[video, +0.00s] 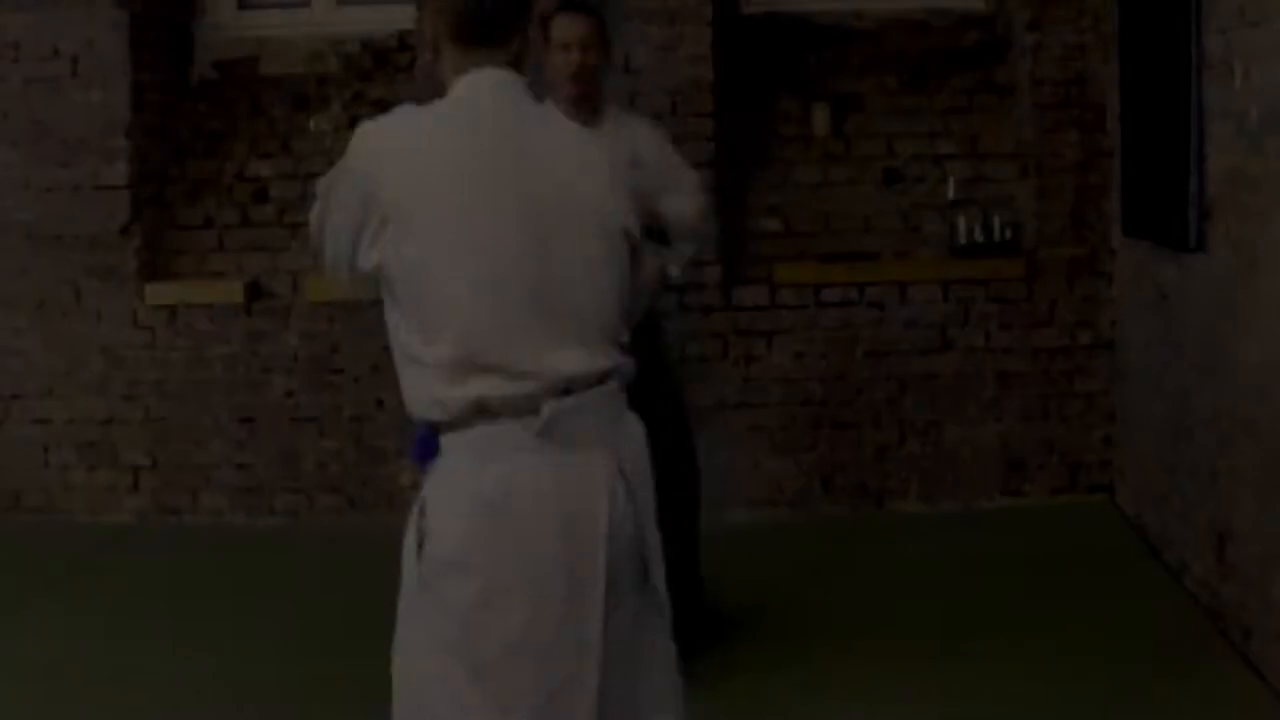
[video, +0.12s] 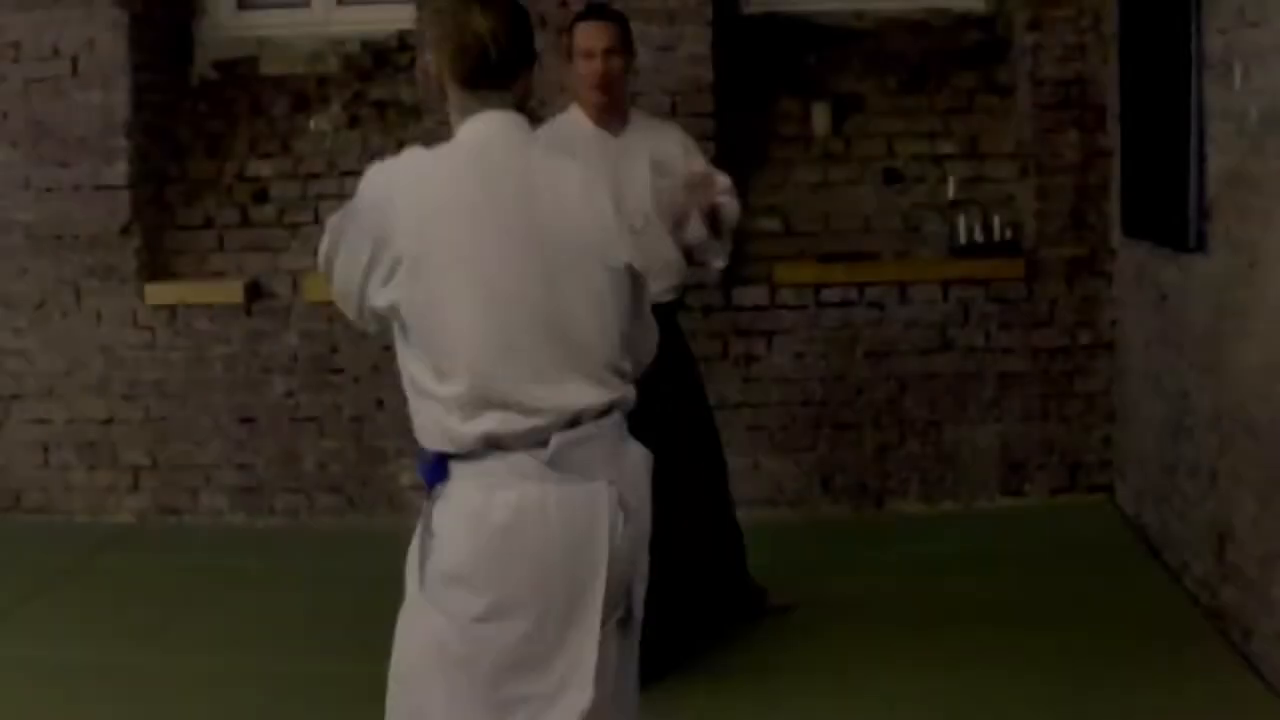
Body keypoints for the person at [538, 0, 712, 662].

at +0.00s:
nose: (575, 61)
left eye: (586, 47)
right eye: (562, 48)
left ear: (605, 55)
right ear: (542, 55)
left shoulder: (634, 138)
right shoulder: (523, 139)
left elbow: (692, 218)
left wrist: (650, 270)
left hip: (635, 334)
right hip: (549, 332)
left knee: (667, 471)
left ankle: (677, 613)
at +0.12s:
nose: (599, 68)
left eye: (612, 55)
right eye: (586, 56)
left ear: (630, 63)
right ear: (569, 65)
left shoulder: (667, 143)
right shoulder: (546, 150)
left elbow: (712, 243)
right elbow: (518, 234)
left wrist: (708, 216)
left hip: (660, 324)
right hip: (576, 329)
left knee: (691, 476)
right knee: (593, 475)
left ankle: (705, 616)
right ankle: (599, 628)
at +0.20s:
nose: (619, 73)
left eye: (630, 60)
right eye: (605, 62)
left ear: (649, 66)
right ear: (587, 72)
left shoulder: (692, 145)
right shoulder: (563, 158)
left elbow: (743, 236)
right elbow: (538, 247)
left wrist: (741, 187)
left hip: (683, 329)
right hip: (602, 332)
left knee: (713, 481)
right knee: (624, 483)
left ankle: (727, 618)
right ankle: (634, 634)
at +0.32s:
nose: (628, 80)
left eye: (638, 66)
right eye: (615, 70)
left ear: (661, 71)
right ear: (601, 80)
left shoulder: (706, 142)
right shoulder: (582, 165)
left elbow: (765, 186)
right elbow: (552, 249)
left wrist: (744, 110)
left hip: (708, 341)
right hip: (626, 352)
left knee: (750, 481)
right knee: (650, 495)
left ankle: (757, 618)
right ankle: (660, 639)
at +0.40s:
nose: (619, 77)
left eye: (631, 62)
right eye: (608, 66)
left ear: (659, 64)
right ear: (594, 76)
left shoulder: (707, 126)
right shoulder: (591, 157)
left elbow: (730, 178)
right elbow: (577, 237)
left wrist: (665, 130)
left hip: (720, 332)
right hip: (645, 337)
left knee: (749, 480)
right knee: (678, 489)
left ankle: (759, 616)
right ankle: (695, 632)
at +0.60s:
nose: (593, 74)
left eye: (602, 59)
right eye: (587, 64)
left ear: (640, 53)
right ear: (620, 62)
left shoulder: (665, 114)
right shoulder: (645, 115)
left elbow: (592, 193)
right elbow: (595, 192)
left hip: (709, 304)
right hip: (692, 301)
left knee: (725, 476)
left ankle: (749, 632)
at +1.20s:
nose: (592, 89)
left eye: (595, 71)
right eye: (587, 75)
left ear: (636, 53)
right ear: (640, 55)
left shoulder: (666, 127)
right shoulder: (706, 112)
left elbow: (635, 251)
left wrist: (567, 312)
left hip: (682, 328)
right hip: (731, 317)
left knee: (647, 497)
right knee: (713, 490)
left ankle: (638, 673)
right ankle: (714, 658)